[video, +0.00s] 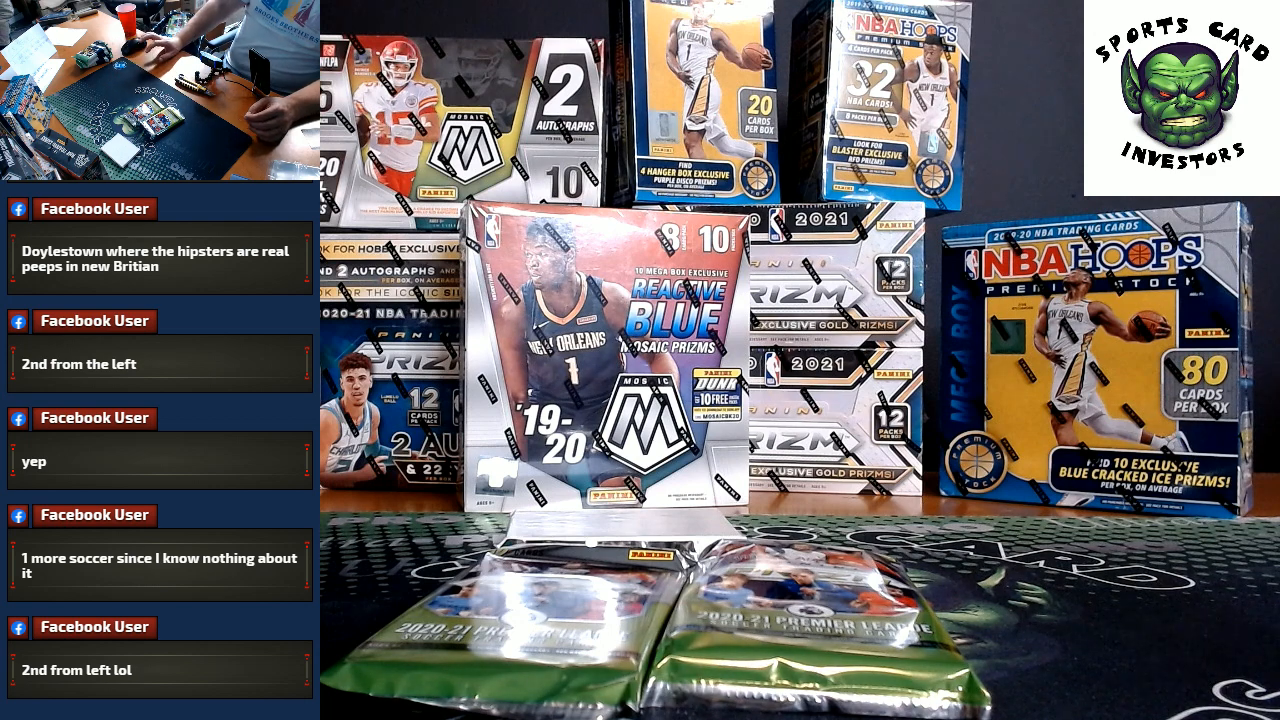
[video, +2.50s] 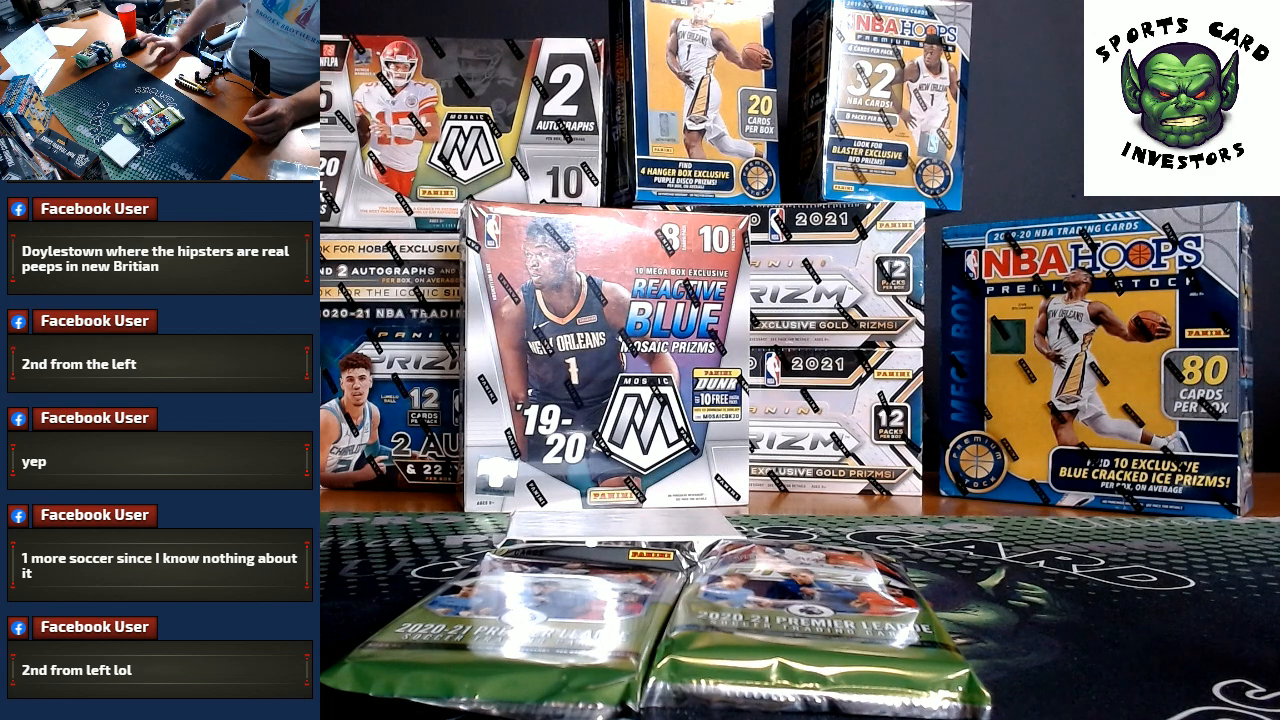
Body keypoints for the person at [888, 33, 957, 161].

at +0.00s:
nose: (929, 53)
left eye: (933, 49)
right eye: (926, 48)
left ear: (941, 52)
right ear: (923, 49)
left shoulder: (949, 71)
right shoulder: (913, 69)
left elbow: (956, 94)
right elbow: (886, 83)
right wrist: (900, 111)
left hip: (940, 117)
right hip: (918, 119)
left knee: (940, 154)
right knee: (923, 155)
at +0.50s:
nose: (928, 52)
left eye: (933, 49)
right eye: (926, 48)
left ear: (941, 52)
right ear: (923, 49)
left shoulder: (949, 71)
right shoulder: (913, 69)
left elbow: (955, 93)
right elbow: (886, 83)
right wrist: (900, 111)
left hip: (940, 117)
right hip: (918, 119)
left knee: (940, 154)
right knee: (923, 155)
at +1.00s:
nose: (928, 52)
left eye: (933, 49)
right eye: (926, 48)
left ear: (941, 52)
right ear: (923, 49)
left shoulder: (949, 71)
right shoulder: (913, 69)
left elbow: (955, 93)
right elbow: (886, 83)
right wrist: (900, 111)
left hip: (940, 117)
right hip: (918, 119)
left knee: (939, 155)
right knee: (923, 155)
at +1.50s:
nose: (929, 52)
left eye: (933, 49)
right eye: (926, 48)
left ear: (941, 52)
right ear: (923, 49)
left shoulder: (949, 70)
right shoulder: (913, 69)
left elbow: (955, 92)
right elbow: (886, 83)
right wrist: (900, 111)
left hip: (940, 117)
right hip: (918, 118)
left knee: (940, 154)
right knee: (922, 155)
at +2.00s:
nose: (928, 52)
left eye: (933, 49)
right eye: (926, 48)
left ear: (941, 52)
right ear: (923, 49)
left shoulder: (950, 71)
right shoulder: (913, 69)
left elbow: (955, 94)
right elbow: (886, 83)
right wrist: (900, 111)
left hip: (940, 116)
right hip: (918, 117)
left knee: (939, 153)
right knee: (923, 154)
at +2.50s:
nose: (928, 52)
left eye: (933, 49)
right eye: (926, 47)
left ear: (941, 51)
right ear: (923, 49)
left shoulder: (950, 70)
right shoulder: (913, 69)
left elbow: (955, 93)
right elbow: (886, 83)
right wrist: (900, 111)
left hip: (940, 116)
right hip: (918, 118)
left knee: (940, 153)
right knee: (923, 154)